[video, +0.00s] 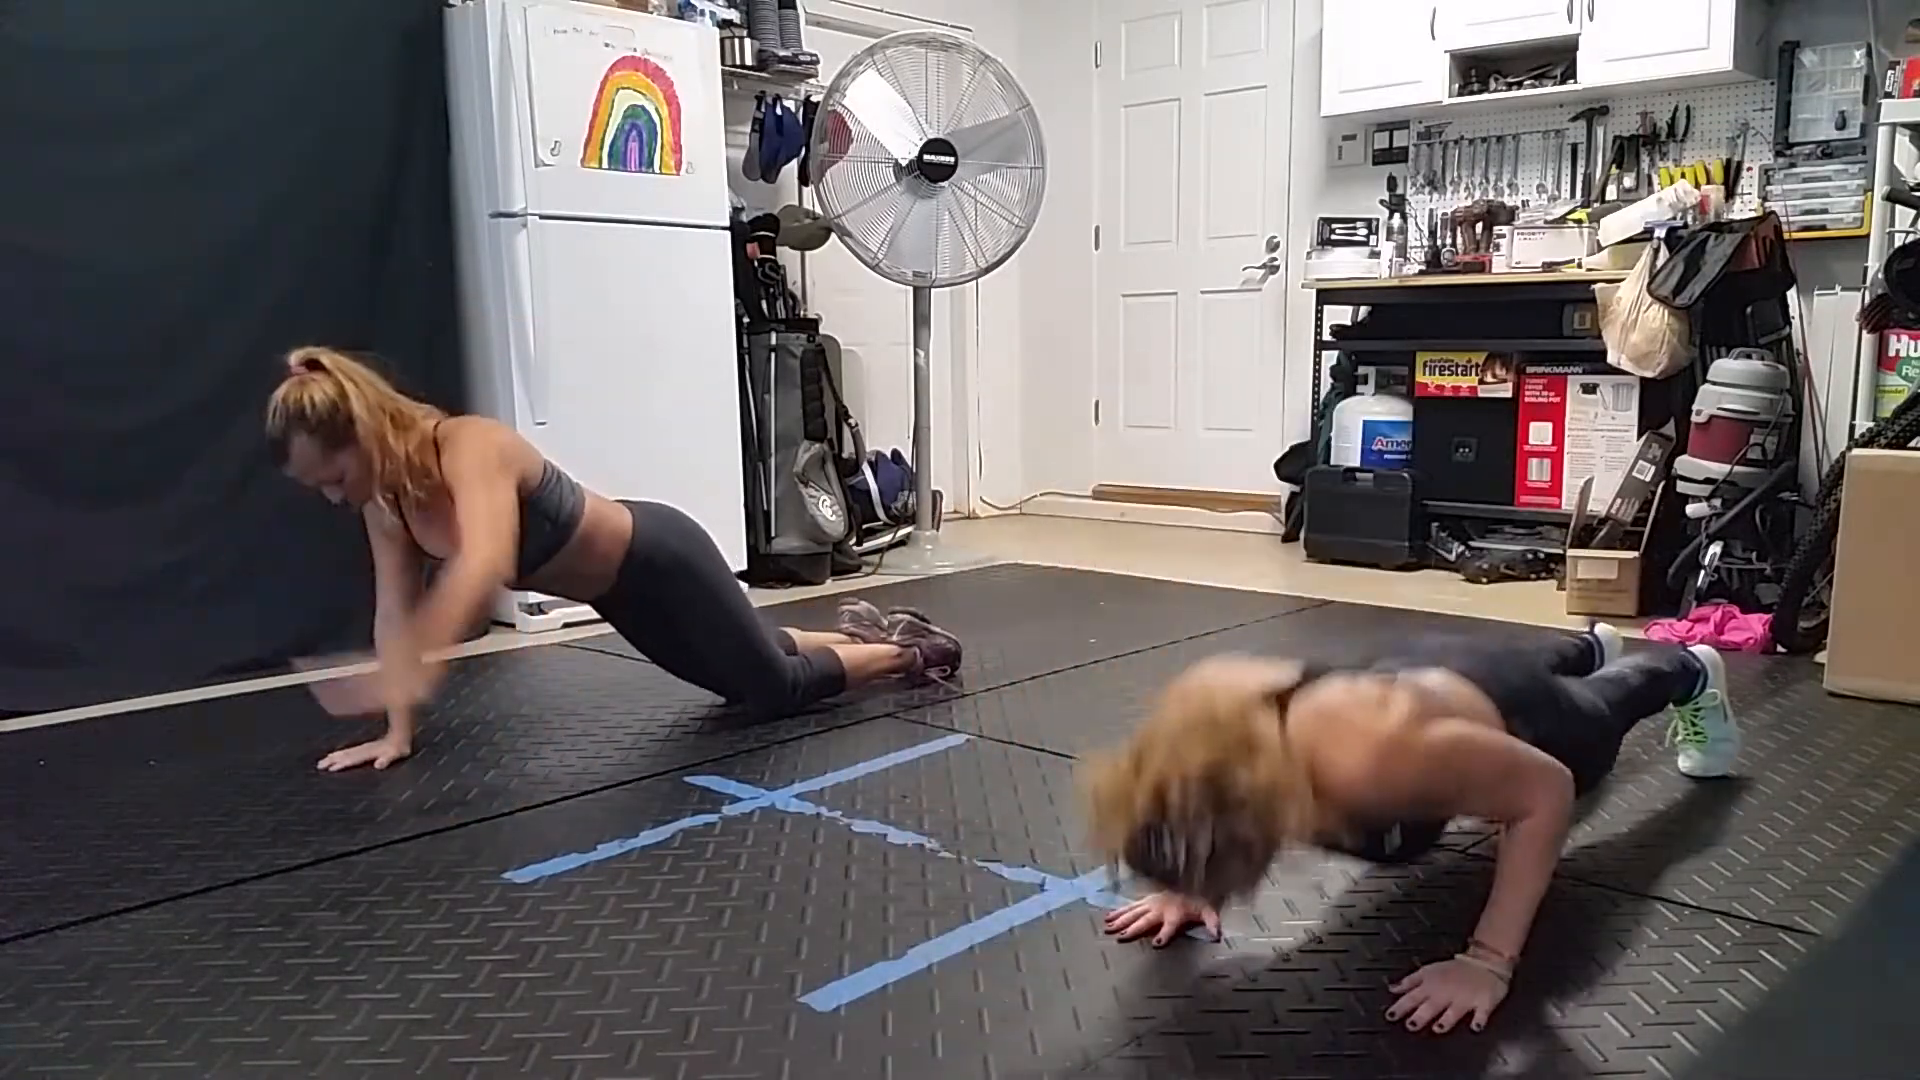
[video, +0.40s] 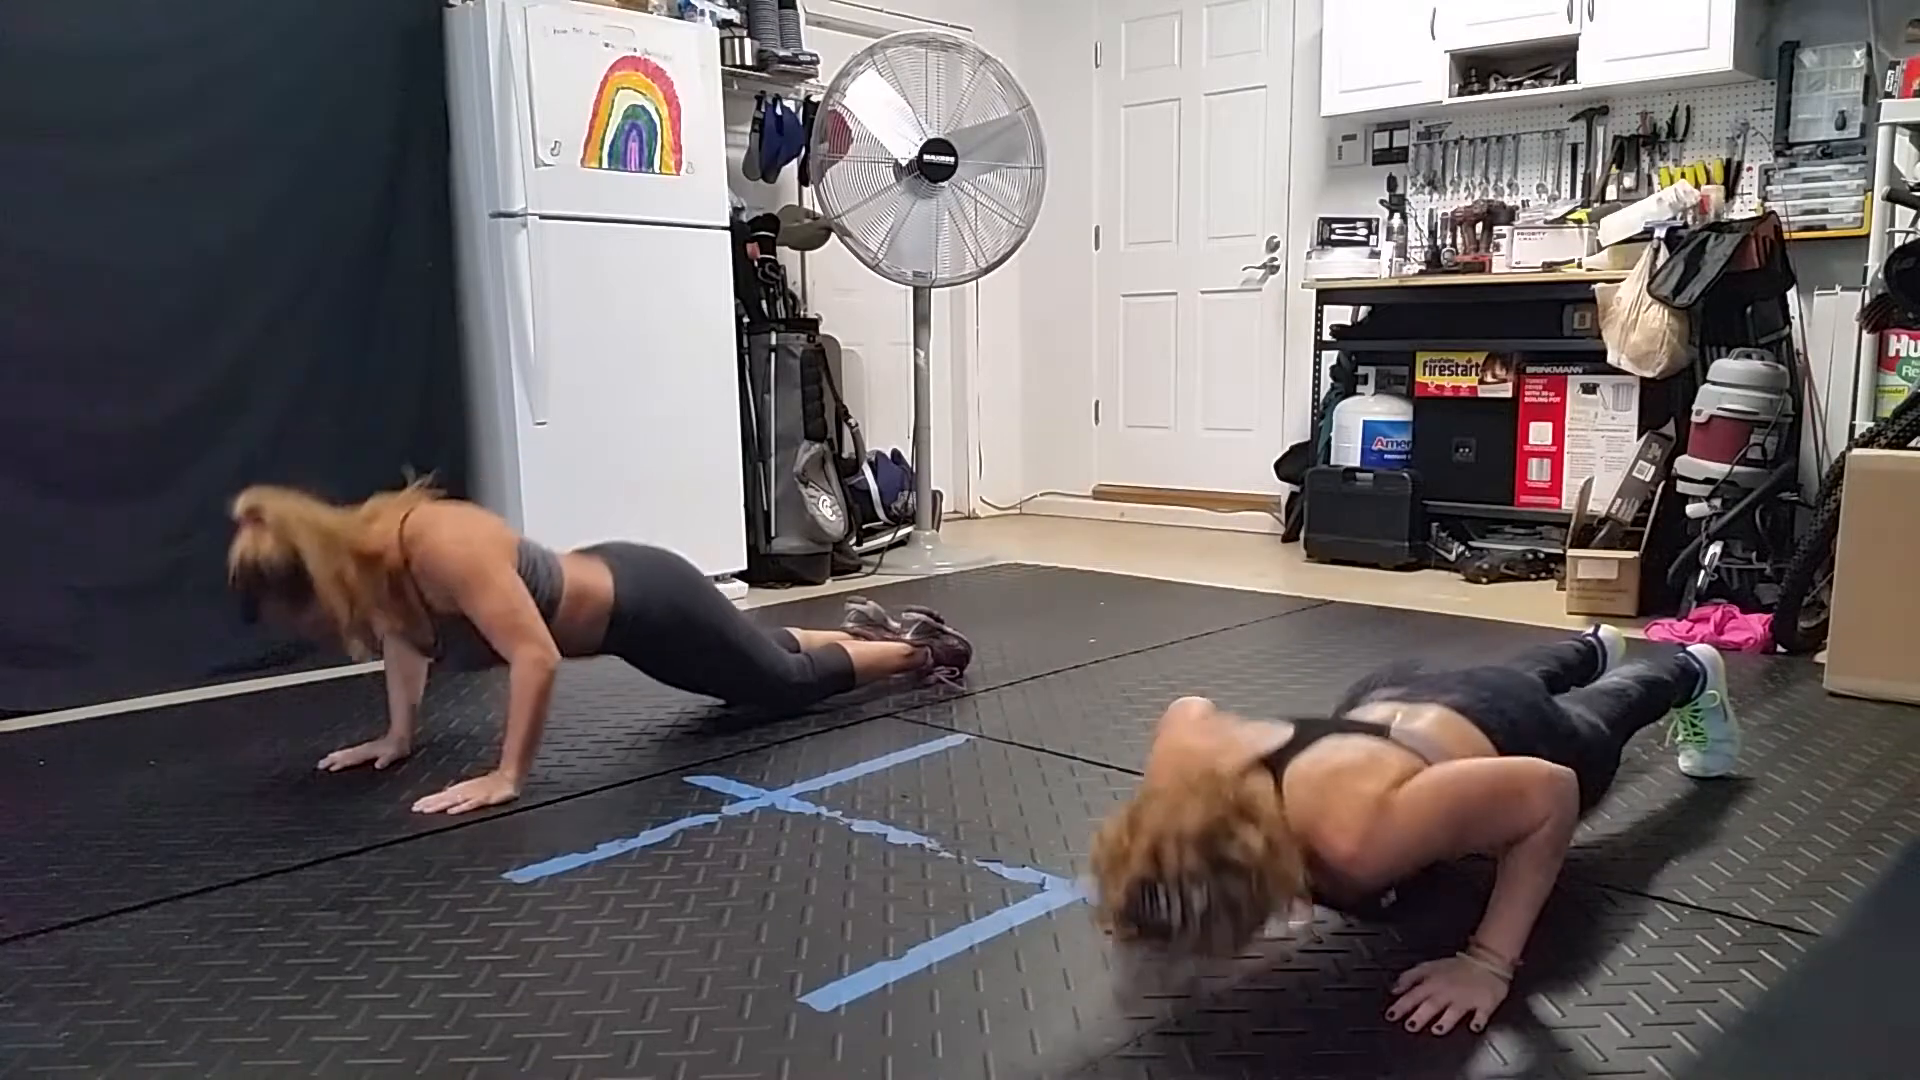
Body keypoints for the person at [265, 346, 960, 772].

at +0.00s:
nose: (334, 491)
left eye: (332, 471)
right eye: (317, 484)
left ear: (365, 425)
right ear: (318, 472)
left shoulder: (469, 449)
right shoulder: (386, 496)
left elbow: (483, 568)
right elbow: (396, 609)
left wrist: (412, 658)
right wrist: (398, 735)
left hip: (659, 560)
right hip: (619, 592)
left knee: (782, 678)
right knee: (743, 670)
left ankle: (898, 656)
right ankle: (849, 640)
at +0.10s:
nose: (326, 510)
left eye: (323, 493)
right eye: (311, 502)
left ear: (353, 448)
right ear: (324, 472)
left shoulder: (468, 473)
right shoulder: (385, 495)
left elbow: (508, 615)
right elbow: (399, 609)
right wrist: (398, 729)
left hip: (656, 566)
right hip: (621, 583)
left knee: (776, 683)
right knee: (743, 662)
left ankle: (901, 654)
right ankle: (859, 637)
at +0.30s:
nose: (316, 588)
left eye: (309, 572)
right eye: (301, 581)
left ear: (327, 535)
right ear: (317, 535)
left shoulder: (453, 519)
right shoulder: (379, 532)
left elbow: (522, 648)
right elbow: (405, 633)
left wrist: (506, 776)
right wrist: (400, 737)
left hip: (653, 589)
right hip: (620, 588)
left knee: (789, 678)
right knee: (752, 653)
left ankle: (912, 652)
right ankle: (858, 634)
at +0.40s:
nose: (309, 632)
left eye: (298, 617)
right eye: (290, 626)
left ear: (316, 572)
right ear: (307, 567)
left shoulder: (443, 542)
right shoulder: (376, 556)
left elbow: (536, 655)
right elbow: (404, 644)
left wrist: (505, 777)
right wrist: (397, 736)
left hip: (649, 605)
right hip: (619, 600)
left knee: (789, 675)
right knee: (753, 660)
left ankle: (914, 650)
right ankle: (869, 635)